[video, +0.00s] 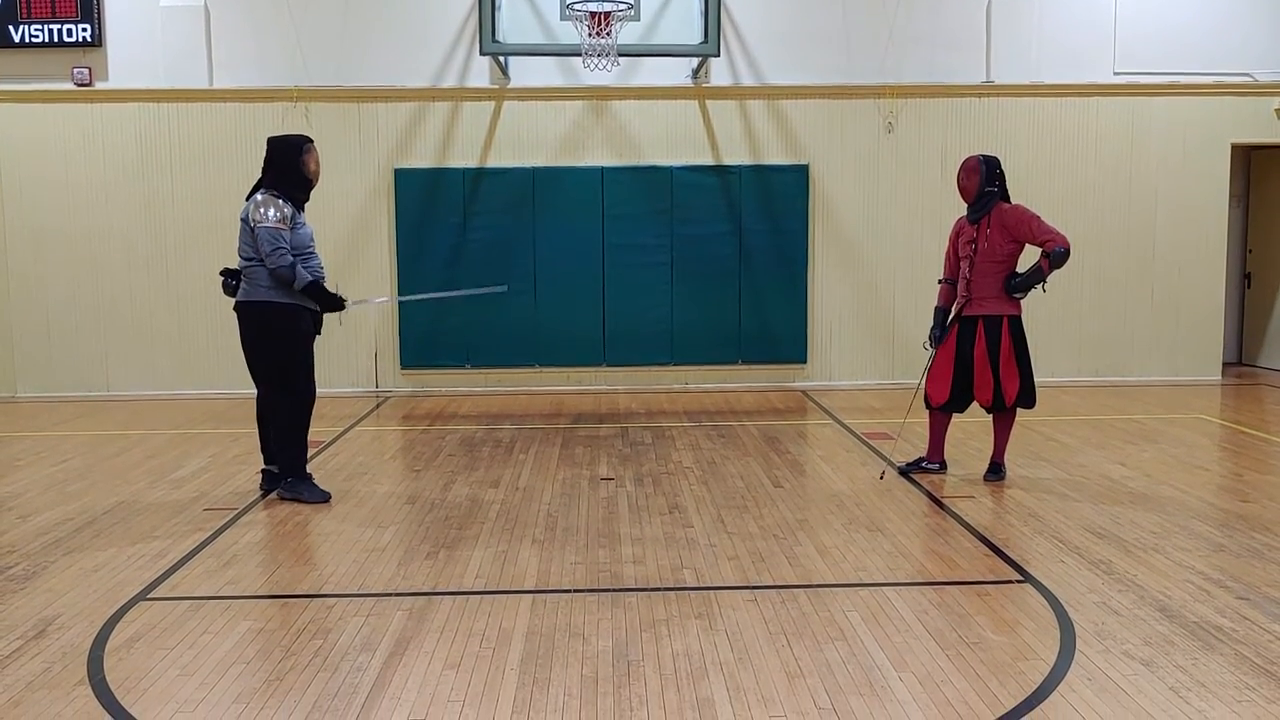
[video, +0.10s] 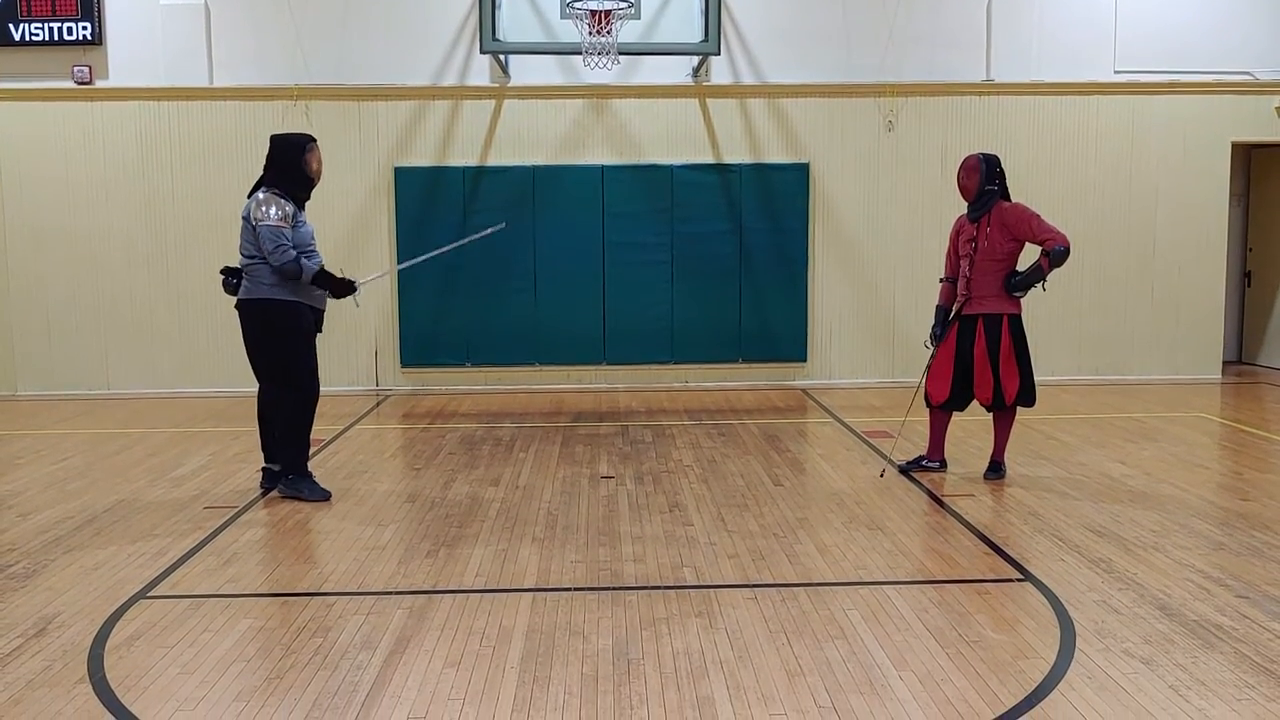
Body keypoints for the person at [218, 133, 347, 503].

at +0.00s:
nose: (318, 168)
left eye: (317, 160)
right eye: (313, 160)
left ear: (290, 162)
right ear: (294, 161)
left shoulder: (282, 202)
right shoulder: (268, 202)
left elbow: (292, 260)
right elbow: (279, 263)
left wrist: (318, 291)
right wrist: (318, 292)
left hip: (280, 309)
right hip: (271, 310)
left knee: (278, 391)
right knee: (293, 392)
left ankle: (276, 471)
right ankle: (292, 477)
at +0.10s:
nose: (320, 166)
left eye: (319, 158)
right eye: (315, 157)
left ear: (294, 161)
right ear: (296, 160)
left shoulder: (285, 202)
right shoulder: (270, 201)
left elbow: (287, 261)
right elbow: (283, 259)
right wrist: (330, 281)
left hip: (281, 308)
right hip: (273, 308)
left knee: (278, 387)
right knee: (301, 388)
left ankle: (276, 469)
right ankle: (294, 475)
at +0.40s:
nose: (323, 162)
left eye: (323, 155)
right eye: (318, 154)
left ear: (293, 156)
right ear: (299, 156)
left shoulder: (277, 195)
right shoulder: (279, 197)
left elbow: (285, 256)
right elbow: (311, 244)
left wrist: (251, 273)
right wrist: (359, 244)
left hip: (276, 301)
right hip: (285, 303)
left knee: (280, 380)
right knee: (310, 383)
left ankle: (276, 462)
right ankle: (327, 467)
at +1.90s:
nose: (337, 177)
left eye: (339, 169)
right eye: (335, 168)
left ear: (308, 164)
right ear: (315, 164)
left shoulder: (285, 194)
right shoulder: (276, 193)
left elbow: (274, 247)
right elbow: (294, 243)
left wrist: (239, 259)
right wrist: (329, 212)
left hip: (270, 292)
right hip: (269, 293)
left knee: (287, 366)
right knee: (318, 358)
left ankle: (286, 448)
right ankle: (315, 449)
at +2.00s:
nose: (328, 178)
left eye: (329, 170)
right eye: (326, 169)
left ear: (298, 165)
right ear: (306, 166)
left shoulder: (281, 196)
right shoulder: (265, 192)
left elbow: (264, 246)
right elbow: (284, 244)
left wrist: (228, 259)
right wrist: (319, 213)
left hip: (273, 293)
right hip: (252, 293)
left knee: (299, 362)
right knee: (299, 361)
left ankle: (282, 442)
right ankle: (267, 442)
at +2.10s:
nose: (317, 177)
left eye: (318, 169)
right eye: (315, 168)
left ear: (287, 165)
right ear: (295, 165)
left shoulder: (271, 197)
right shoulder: (255, 192)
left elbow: (251, 246)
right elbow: (274, 244)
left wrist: (215, 260)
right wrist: (309, 214)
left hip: (269, 298)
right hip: (240, 296)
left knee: (284, 371)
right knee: (261, 374)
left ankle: (284, 449)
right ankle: (217, 436)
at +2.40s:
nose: (272, 169)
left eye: (272, 162)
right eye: (268, 161)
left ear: (242, 161)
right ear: (249, 160)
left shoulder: (226, 192)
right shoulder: (212, 191)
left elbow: (196, 236)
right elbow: (235, 243)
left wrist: (170, 256)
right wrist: (270, 213)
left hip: (227, 295)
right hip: (195, 293)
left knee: (263, 349)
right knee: (206, 369)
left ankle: (246, 432)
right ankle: (192, 453)